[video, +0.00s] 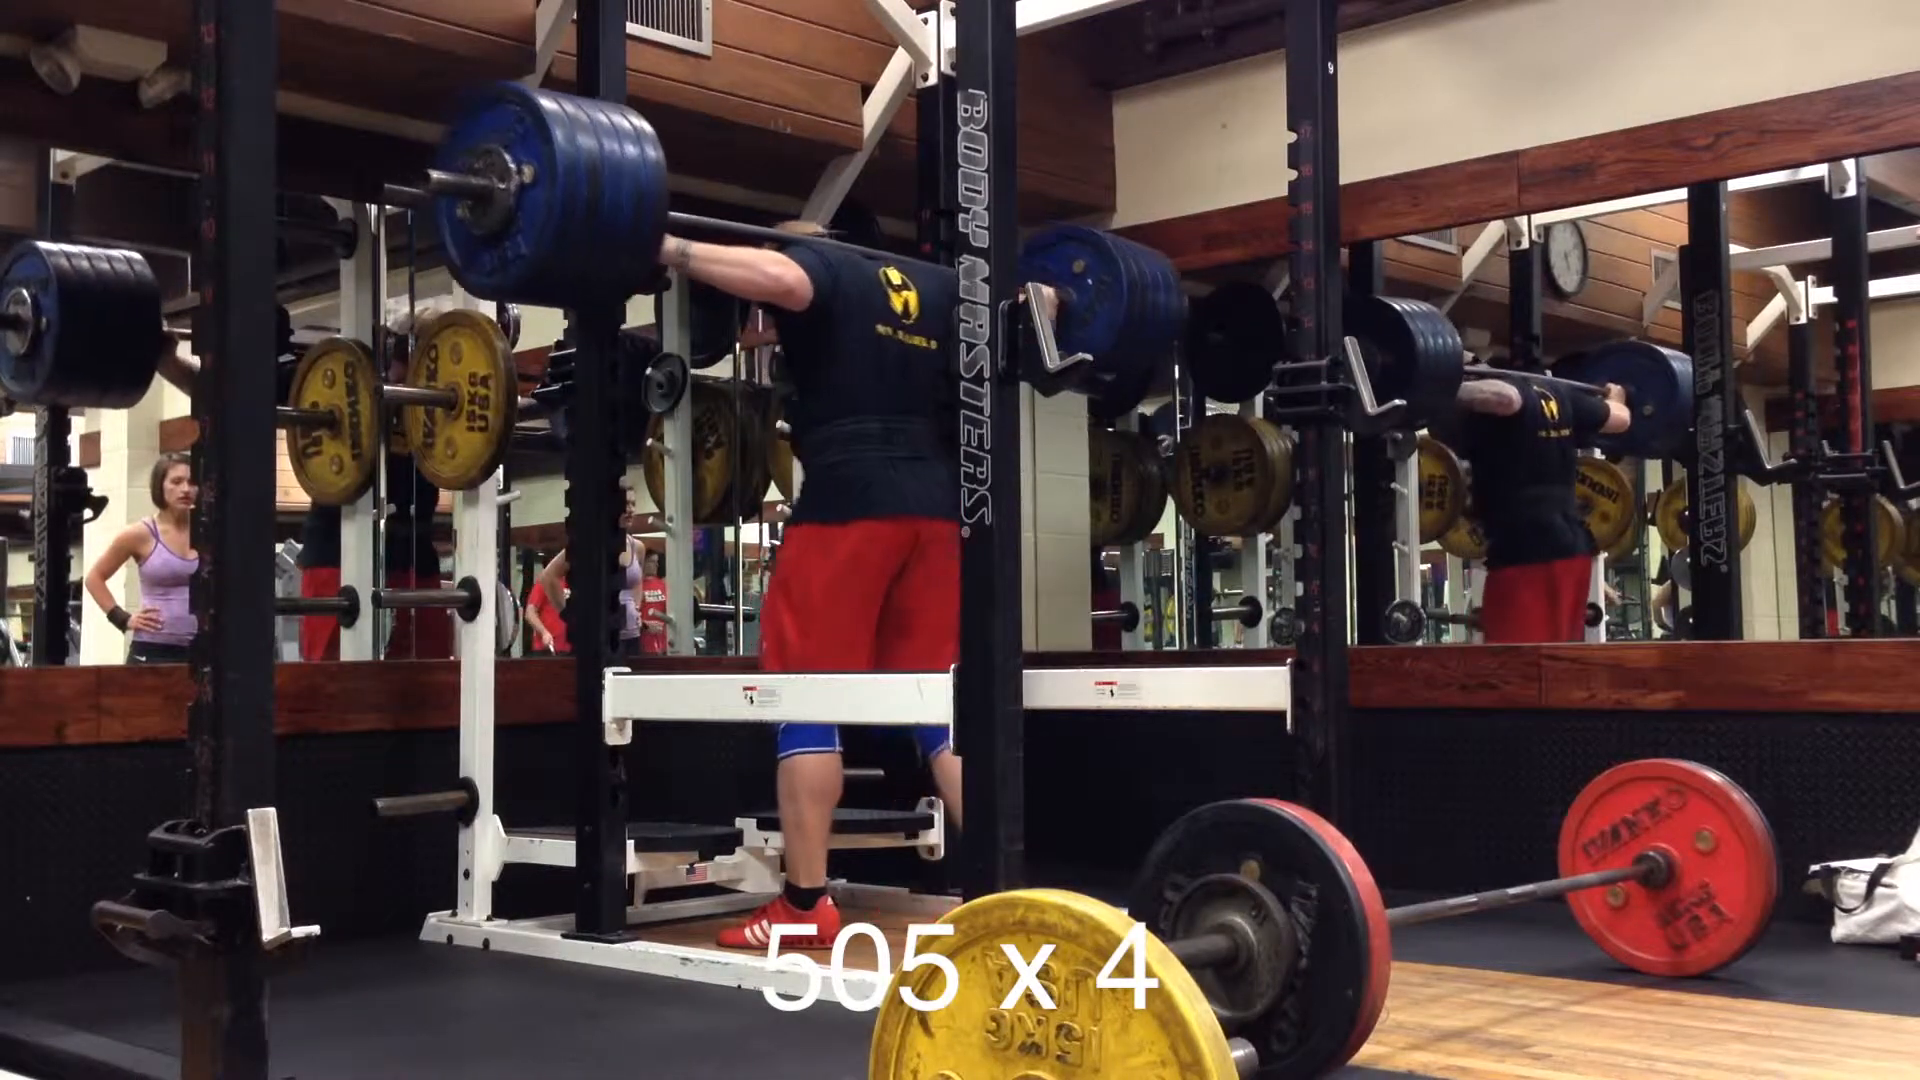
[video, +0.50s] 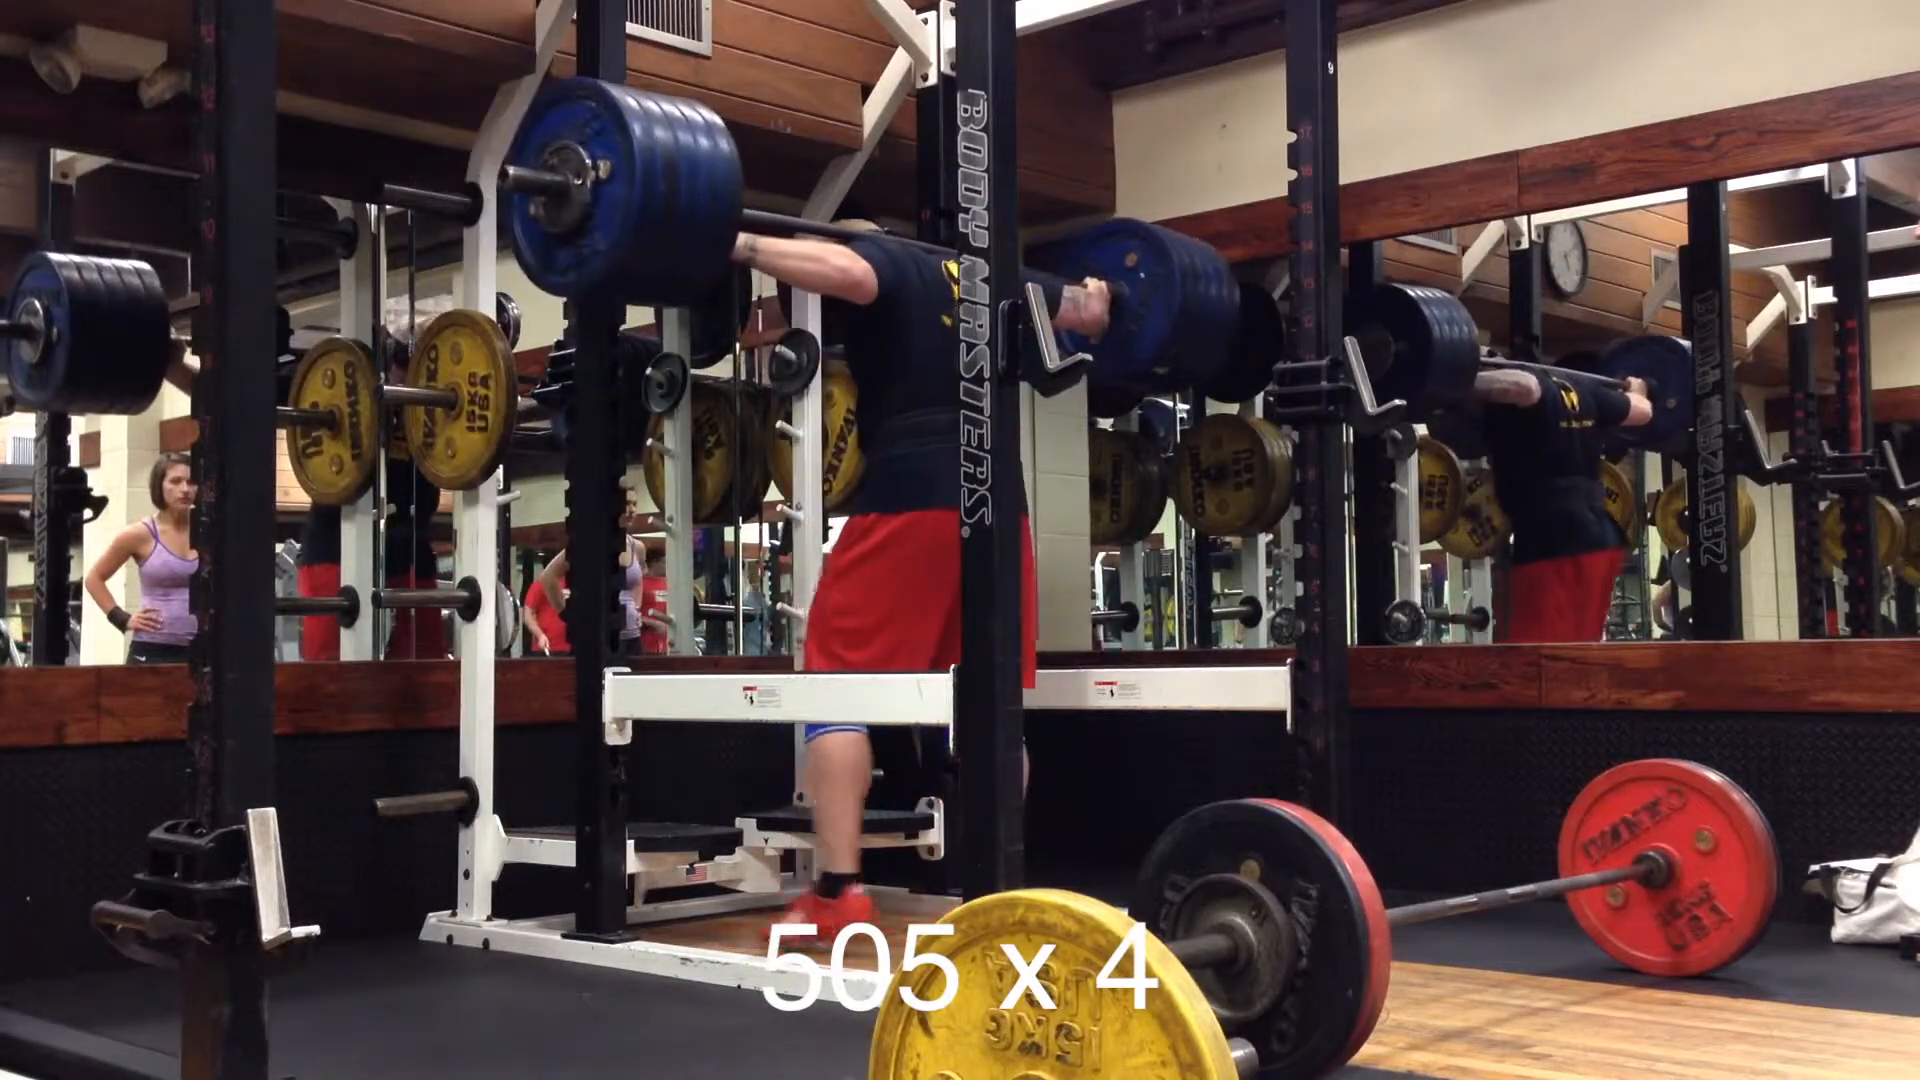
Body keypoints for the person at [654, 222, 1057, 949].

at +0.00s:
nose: (770, 279)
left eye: (772, 266)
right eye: (769, 272)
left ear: (797, 250)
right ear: (857, 242)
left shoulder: (818, 256)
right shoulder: (935, 285)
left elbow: (787, 281)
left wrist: (672, 249)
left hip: (851, 503)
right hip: (940, 505)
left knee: (806, 702)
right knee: (938, 706)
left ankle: (806, 904)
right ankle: (996, 883)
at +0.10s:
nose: (760, 325)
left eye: (764, 312)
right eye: (757, 315)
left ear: (805, 258)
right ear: (861, 244)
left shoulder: (827, 257)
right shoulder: (941, 284)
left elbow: (804, 282)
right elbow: (1050, 309)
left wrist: (687, 252)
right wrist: (1053, 310)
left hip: (867, 504)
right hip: (957, 505)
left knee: (814, 701)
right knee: (947, 707)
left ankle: (807, 903)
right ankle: (996, 886)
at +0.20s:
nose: (798, 277)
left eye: (799, 264)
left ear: (825, 250)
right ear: (871, 238)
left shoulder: (848, 261)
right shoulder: (950, 279)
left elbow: (817, 280)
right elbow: (1057, 321)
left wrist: (702, 250)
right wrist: (1068, 306)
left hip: (884, 504)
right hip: (969, 501)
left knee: (829, 705)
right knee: (960, 707)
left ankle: (806, 903)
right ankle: (996, 888)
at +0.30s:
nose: (814, 271)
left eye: (814, 261)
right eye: (810, 263)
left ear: (839, 250)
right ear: (882, 239)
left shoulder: (866, 259)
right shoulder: (969, 280)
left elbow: (830, 276)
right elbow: (1069, 314)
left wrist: (718, 248)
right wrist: (1081, 303)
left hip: (901, 504)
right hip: (986, 501)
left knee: (837, 702)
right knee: (977, 702)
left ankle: (804, 895)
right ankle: (991, 886)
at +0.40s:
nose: (828, 265)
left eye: (827, 254)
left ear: (853, 248)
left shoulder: (882, 259)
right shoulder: (993, 283)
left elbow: (841, 272)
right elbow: (1078, 314)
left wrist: (732, 245)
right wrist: (1089, 305)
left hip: (904, 507)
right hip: (997, 513)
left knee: (833, 698)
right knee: (995, 712)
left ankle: (801, 894)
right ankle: (999, 894)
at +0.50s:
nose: (825, 255)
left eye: (829, 246)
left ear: (862, 241)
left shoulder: (884, 254)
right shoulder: (998, 277)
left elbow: (849, 273)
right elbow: (1087, 310)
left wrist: (739, 243)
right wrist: (1094, 301)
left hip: (908, 503)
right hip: (1000, 510)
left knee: (837, 694)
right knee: (999, 710)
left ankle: (838, 891)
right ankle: (997, 893)